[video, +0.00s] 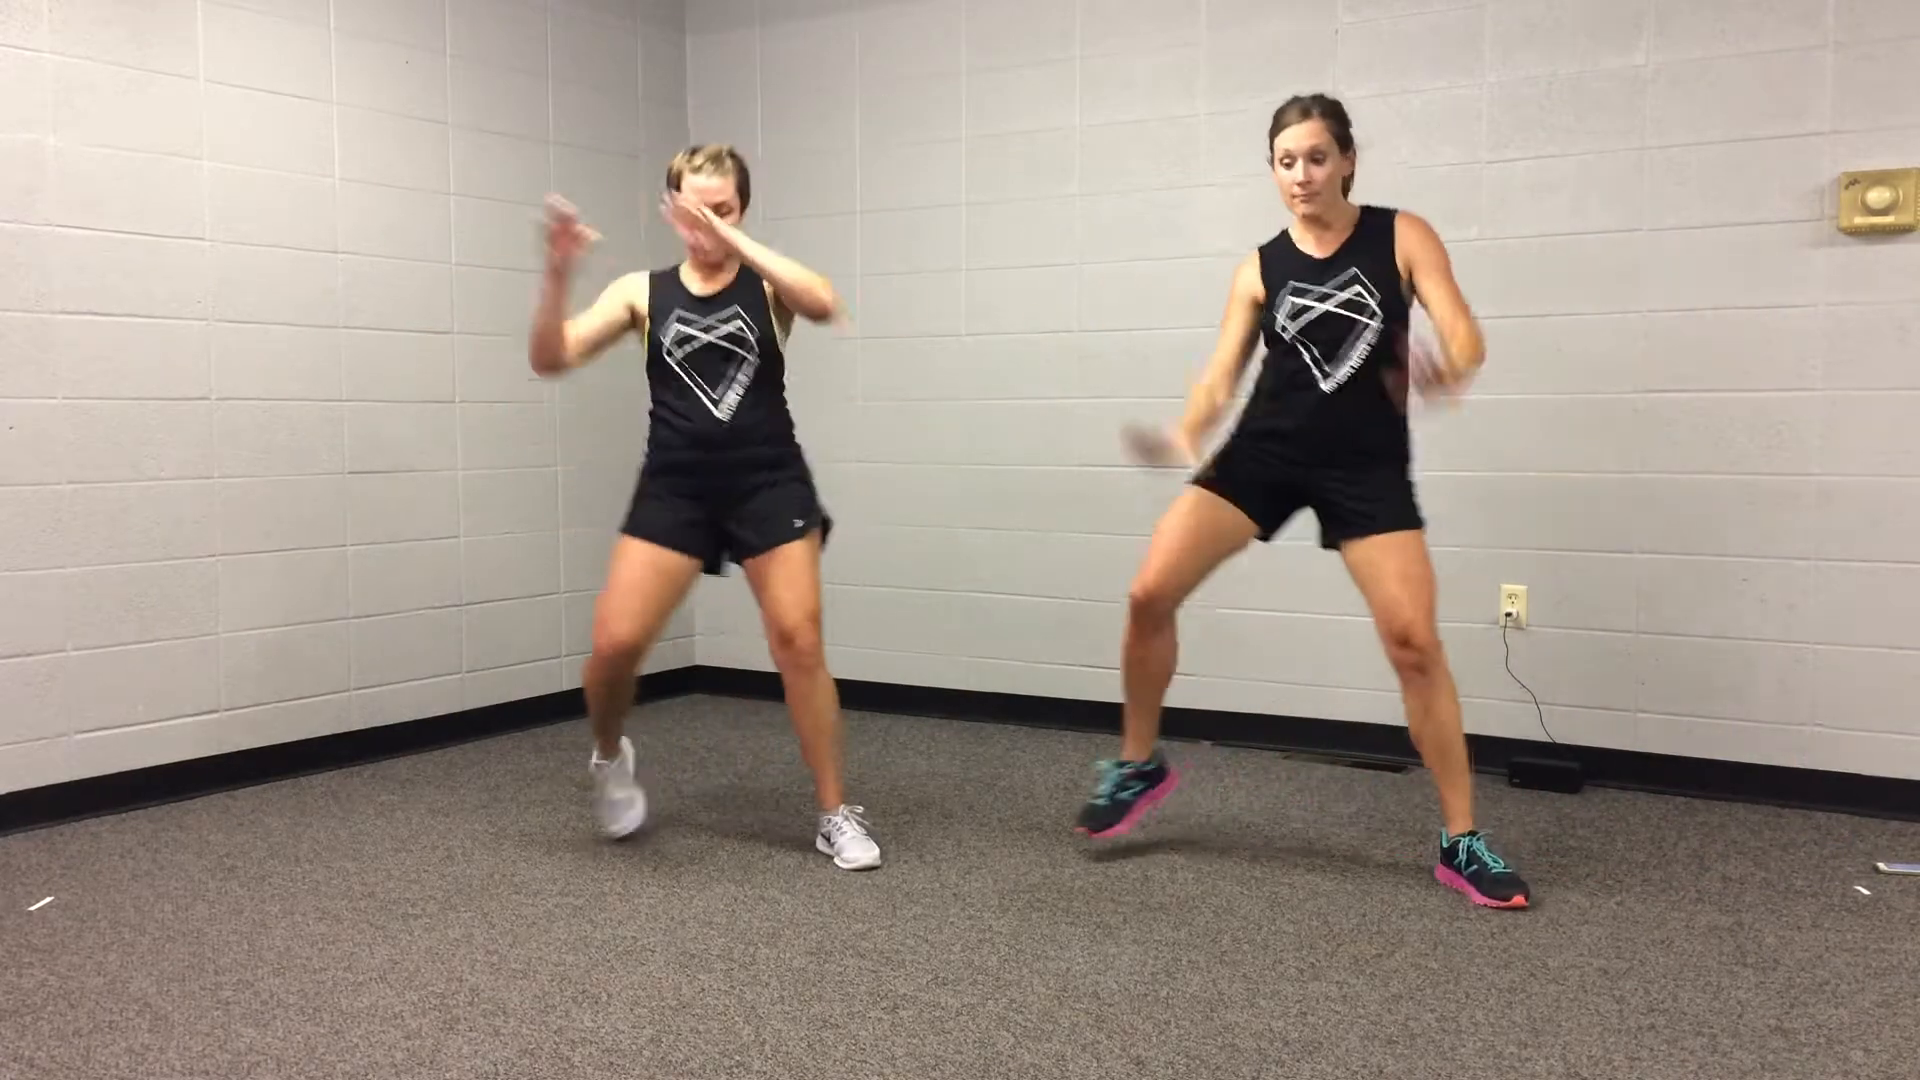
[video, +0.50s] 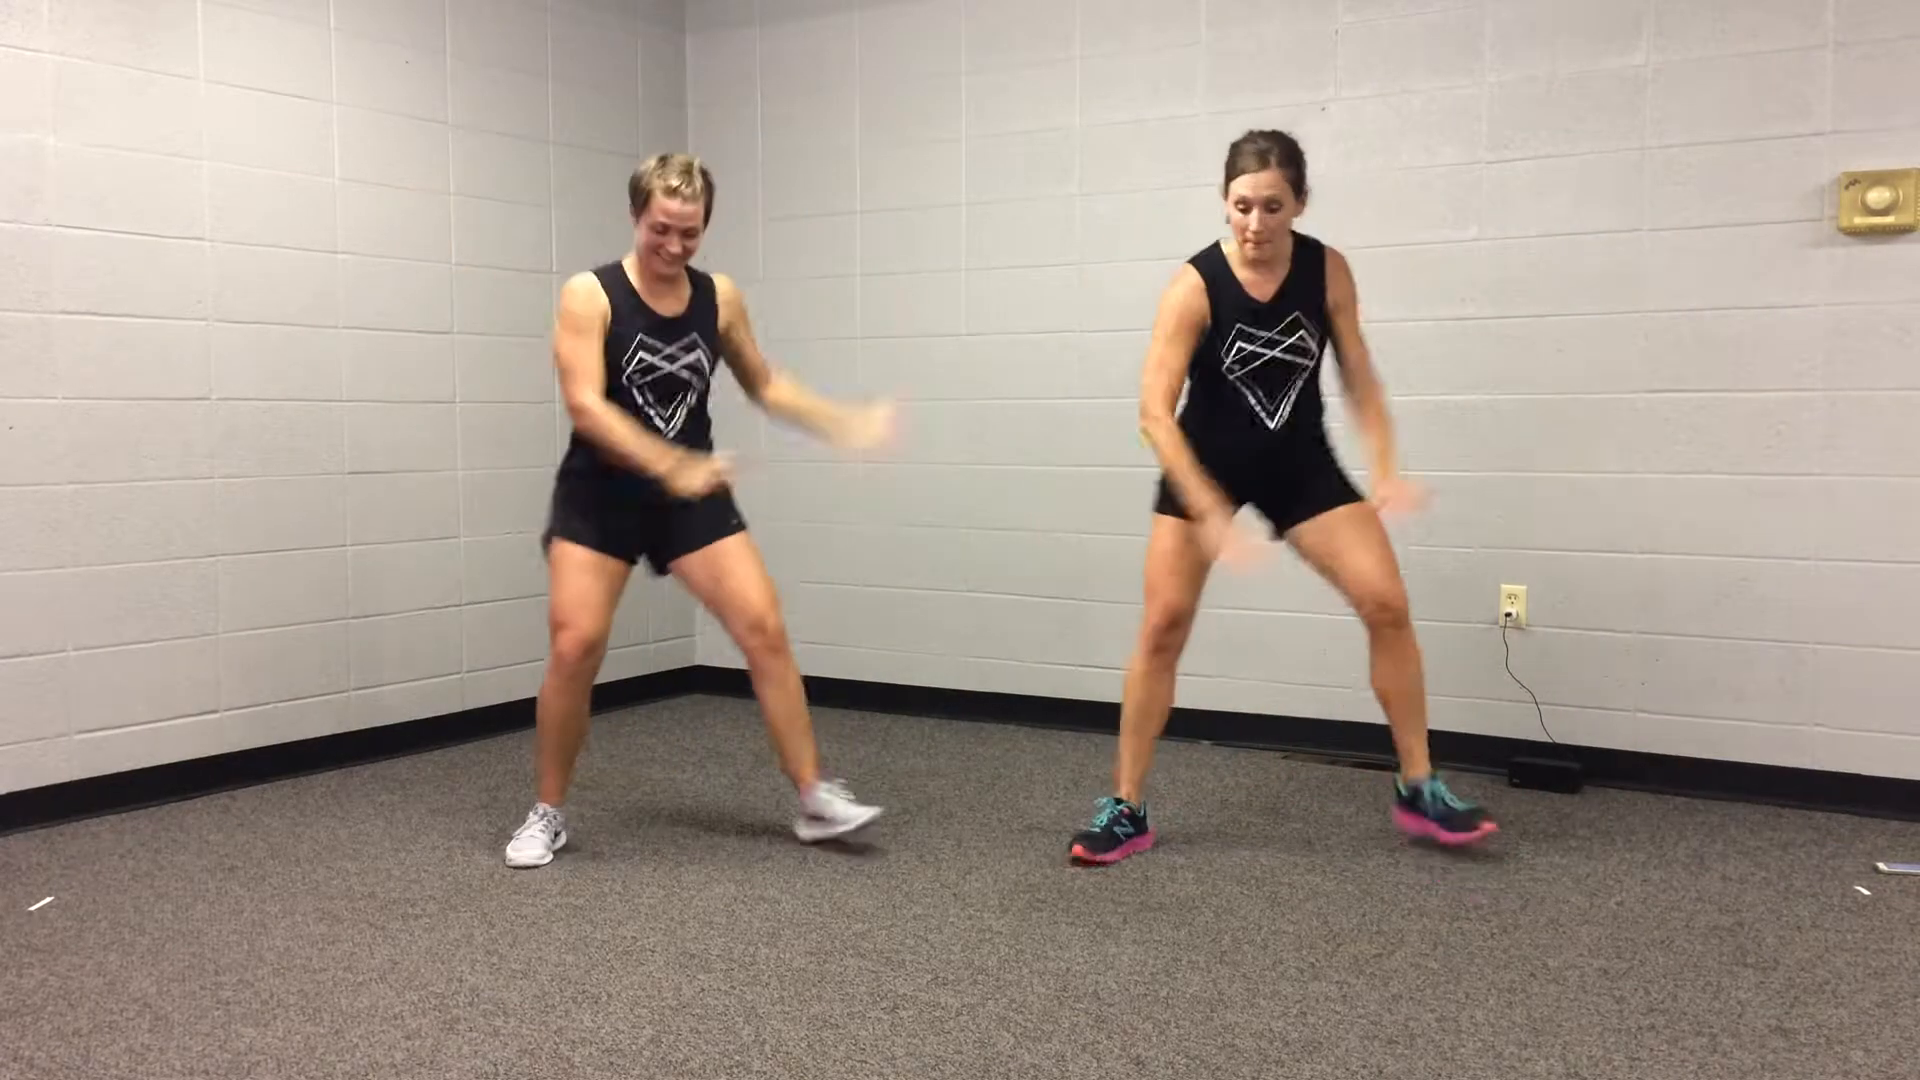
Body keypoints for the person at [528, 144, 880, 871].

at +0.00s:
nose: (712, 224)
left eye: (724, 211)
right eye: (700, 211)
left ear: (743, 215)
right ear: (674, 210)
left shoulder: (767, 280)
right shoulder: (642, 291)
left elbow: (823, 303)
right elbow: (549, 358)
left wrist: (729, 234)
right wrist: (558, 273)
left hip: (769, 483)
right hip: (675, 487)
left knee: (799, 639)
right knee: (614, 644)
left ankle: (835, 812)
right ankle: (609, 756)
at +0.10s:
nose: (705, 209)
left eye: (718, 198)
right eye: (694, 197)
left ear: (745, 201)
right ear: (674, 201)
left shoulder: (778, 273)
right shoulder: (650, 274)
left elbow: (750, 271)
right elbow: (537, 303)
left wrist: (677, 203)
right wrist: (498, 224)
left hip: (737, 478)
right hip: (645, 473)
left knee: (778, 640)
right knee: (591, 628)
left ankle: (833, 812)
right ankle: (573, 786)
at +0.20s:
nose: (703, 236)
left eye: (717, 222)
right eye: (691, 224)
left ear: (743, 224)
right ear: (677, 228)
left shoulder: (771, 303)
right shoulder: (644, 296)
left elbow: (722, 335)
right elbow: (527, 308)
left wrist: (644, 254)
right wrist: (450, 236)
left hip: (703, 502)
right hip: (611, 489)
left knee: (767, 655)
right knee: (566, 648)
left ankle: (833, 814)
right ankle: (545, 809)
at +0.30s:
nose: (694, 261)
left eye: (707, 247)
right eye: (682, 248)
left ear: (732, 250)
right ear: (666, 251)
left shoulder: (758, 344)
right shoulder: (624, 319)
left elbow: (740, 445)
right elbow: (527, 373)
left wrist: (651, 413)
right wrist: (439, 363)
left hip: (677, 520)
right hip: (587, 505)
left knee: (747, 667)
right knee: (550, 663)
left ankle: (829, 813)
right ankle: (547, 811)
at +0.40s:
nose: (680, 261)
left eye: (694, 249)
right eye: (668, 247)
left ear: (715, 251)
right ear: (649, 245)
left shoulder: (739, 340)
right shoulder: (599, 317)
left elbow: (757, 441)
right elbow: (545, 410)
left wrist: (756, 509)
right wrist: (534, 496)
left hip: (673, 517)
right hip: (582, 508)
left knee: (748, 651)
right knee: (550, 660)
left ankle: (828, 812)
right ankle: (546, 813)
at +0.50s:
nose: (674, 246)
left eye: (688, 232)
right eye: (661, 229)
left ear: (704, 229)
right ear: (634, 219)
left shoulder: (718, 299)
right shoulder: (588, 295)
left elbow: (764, 384)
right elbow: (586, 406)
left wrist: (842, 423)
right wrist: (673, 463)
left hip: (688, 489)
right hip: (601, 489)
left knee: (764, 628)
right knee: (574, 643)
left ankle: (813, 796)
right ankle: (547, 810)